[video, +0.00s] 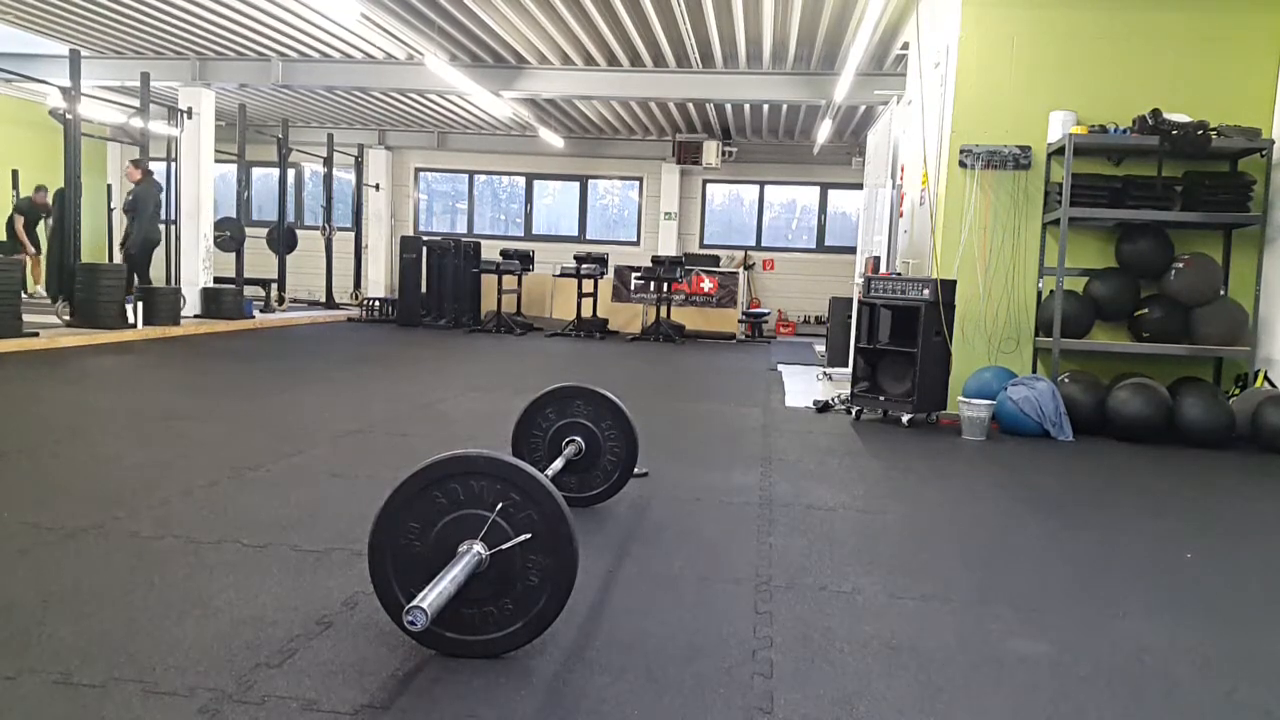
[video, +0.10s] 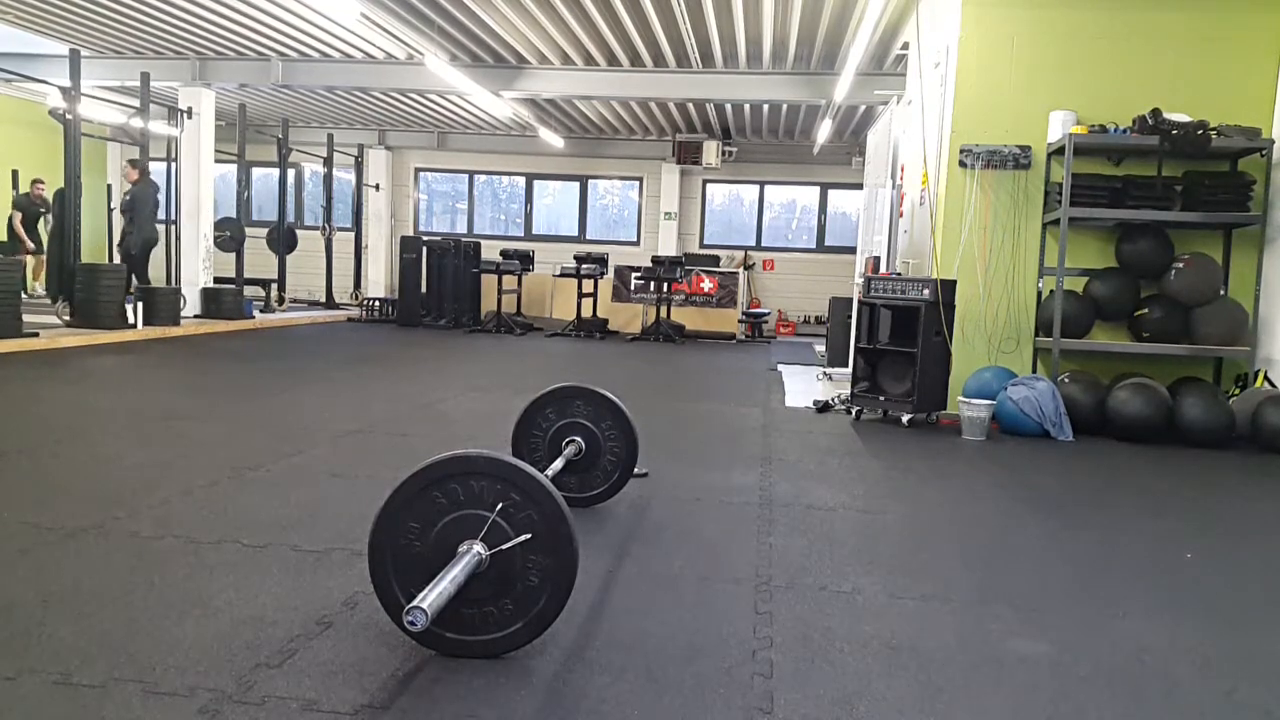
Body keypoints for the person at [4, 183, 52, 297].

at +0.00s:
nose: (43, 199)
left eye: (45, 196)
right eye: (41, 196)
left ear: (47, 196)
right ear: (34, 195)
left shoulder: (46, 208)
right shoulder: (22, 204)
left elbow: (48, 227)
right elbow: (18, 227)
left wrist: (51, 245)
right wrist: (28, 246)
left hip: (31, 229)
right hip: (15, 228)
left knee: (36, 257)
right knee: (20, 257)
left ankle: (37, 286)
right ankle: (19, 289)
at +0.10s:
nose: (40, 192)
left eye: (43, 189)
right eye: (38, 189)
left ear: (44, 191)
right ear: (31, 189)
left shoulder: (45, 203)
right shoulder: (20, 200)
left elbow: (48, 223)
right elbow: (16, 222)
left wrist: (52, 240)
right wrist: (27, 241)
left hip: (32, 228)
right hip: (17, 227)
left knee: (40, 257)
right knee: (20, 258)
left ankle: (35, 284)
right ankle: (18, 288)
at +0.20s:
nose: (40, 188)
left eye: (42, 186)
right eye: (37, 185)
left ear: (44, 187)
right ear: (30, 185)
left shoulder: (45, 201)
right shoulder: (20, 198)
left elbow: (49, 221)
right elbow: (14, 220)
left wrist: (53, 236)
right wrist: (23, 239)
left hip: (34, 230)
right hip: (18, 229)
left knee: (44, 256)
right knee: (21, 260)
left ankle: (36, 279)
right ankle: (19, 288)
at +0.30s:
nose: (40, 186)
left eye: (42, 184)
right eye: (37, 183)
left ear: (44, 185)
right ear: (30, 184)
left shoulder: (45, 199)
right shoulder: (21, 197)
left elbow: (49, 219)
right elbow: (15, 219)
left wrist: (53, 234)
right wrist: (20, 238)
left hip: (36, 230)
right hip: (21, 230)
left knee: (46, 252)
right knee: (22, 257)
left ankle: (42, 285)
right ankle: (19, 288)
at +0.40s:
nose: (41, 185)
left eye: (43, 183)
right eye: (38, 182)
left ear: (45, 184)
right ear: (31, 182)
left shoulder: (46, 198)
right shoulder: (23, 196)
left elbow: (50, 218)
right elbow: (17, 217)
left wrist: (53, 233)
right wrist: (17, 237)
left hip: (39, 230)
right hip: (25, 231)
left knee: (51, 254)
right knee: (23, 261)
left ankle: (51, 287)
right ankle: (21, 289)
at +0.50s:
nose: (43, 184)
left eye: (45, 181)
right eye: (40, 181)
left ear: (47, 183)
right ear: (33, 182)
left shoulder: (48, 197)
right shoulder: (25, 196)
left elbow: (53, 216)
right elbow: (18, 215)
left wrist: (55, 232)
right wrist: (18, 234)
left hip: (42, 231)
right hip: (27, 231)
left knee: (50, 257)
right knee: (24, 260)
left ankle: (51, 287)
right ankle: (21, 288)